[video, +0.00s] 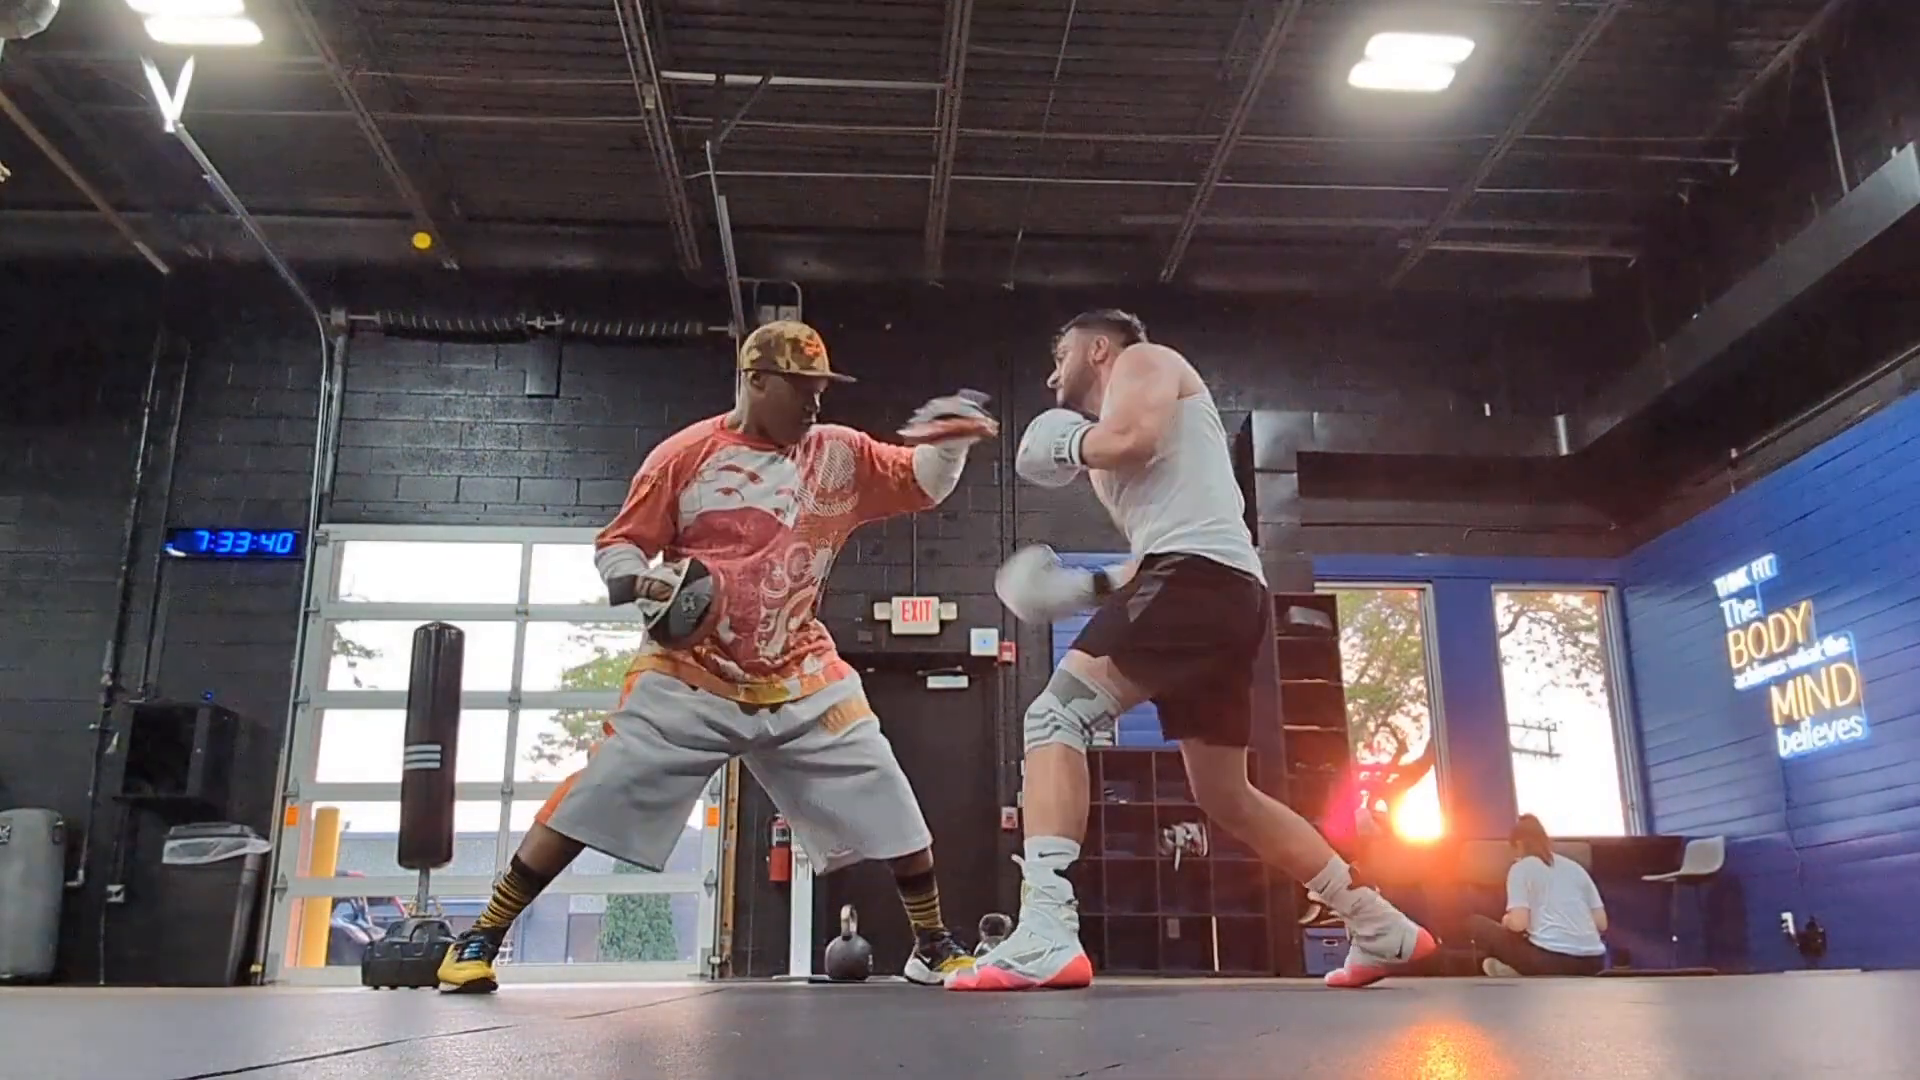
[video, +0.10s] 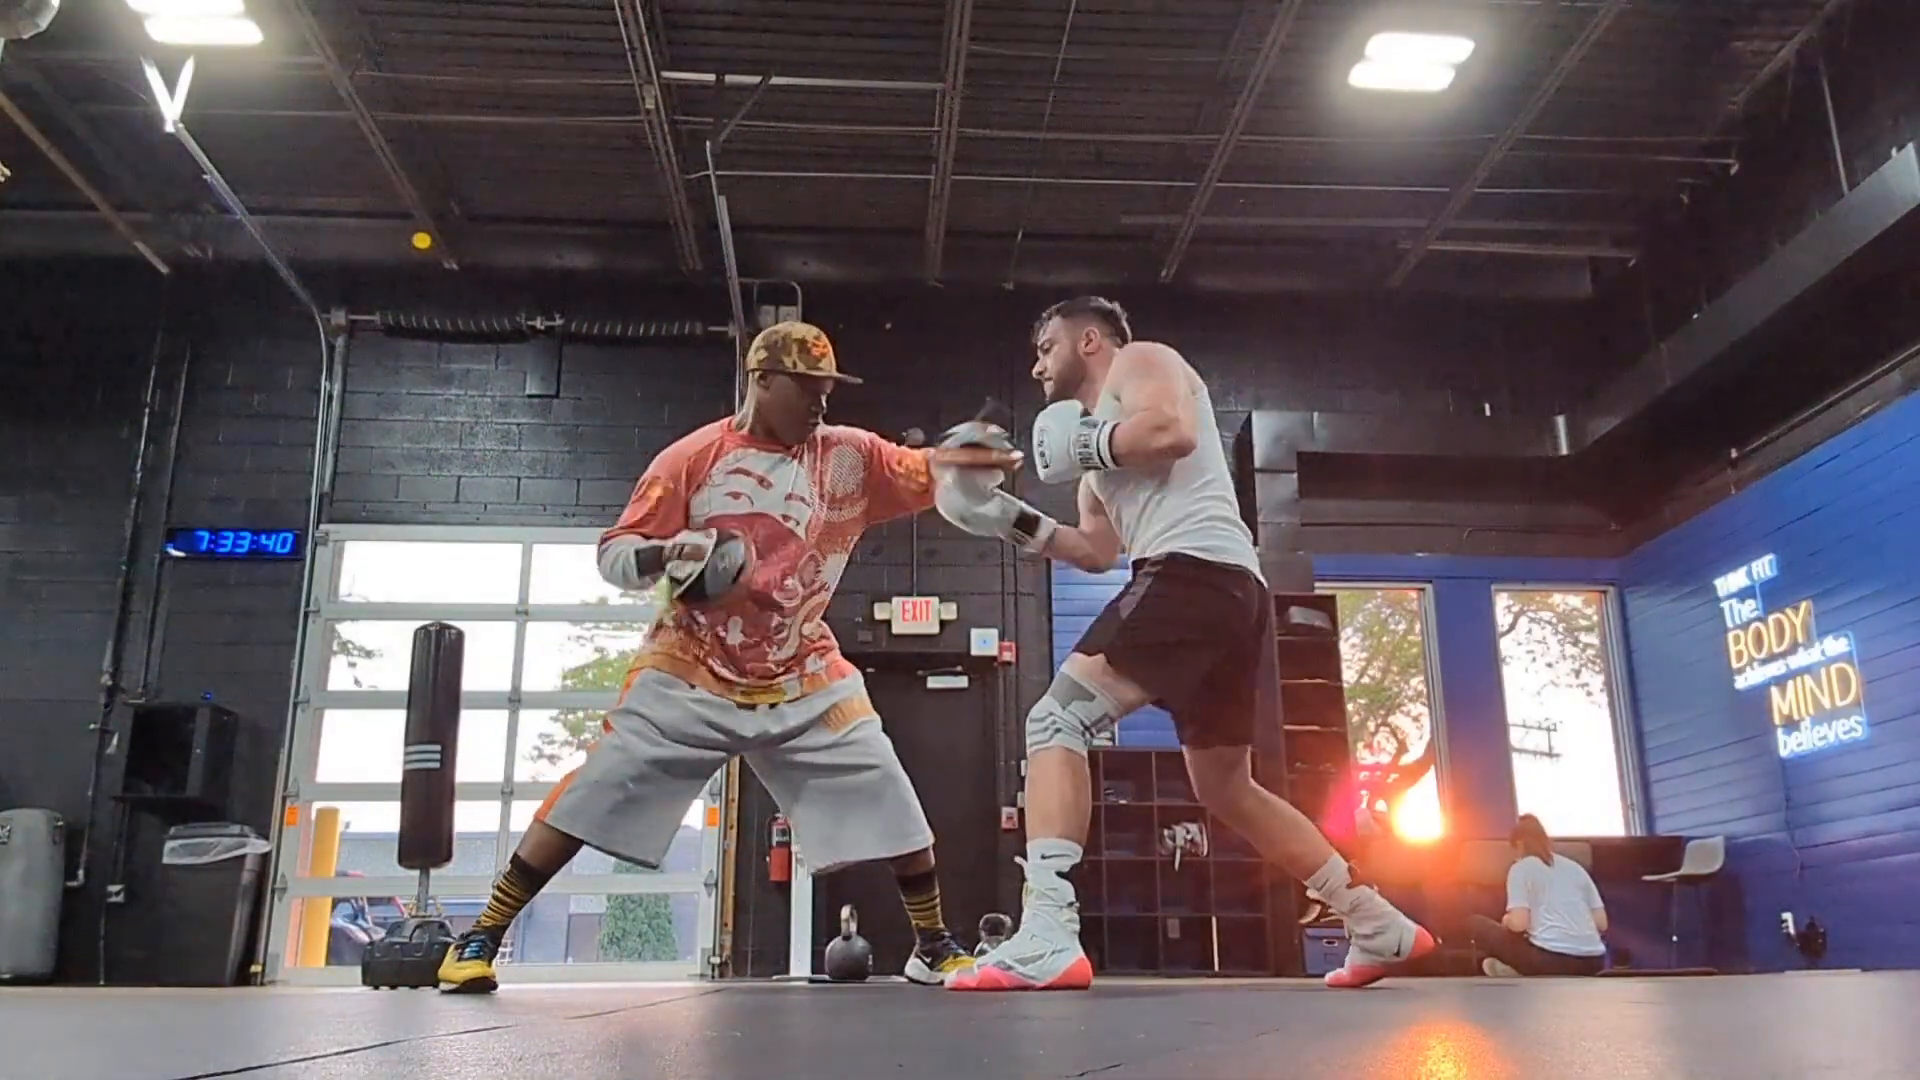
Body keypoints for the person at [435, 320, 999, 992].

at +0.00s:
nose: (813, 399)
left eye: (818, 387)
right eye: (800, 384)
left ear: (821, 388)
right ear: (755, 379)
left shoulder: (839, 452)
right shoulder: (688, 454)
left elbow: (922, 485)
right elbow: (619, 544)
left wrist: (945, 442)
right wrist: (640, 581)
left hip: (800, 666)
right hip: (687, 667)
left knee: (888, 786)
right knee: (594, 792)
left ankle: (935, 950)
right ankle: (482, 941)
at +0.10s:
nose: (821, 401)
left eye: (826, 388)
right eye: (810, 385)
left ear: (822, 390)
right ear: (762, 379)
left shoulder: (850, 453)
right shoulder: (693, 459)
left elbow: (926, 471)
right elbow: (616, 554)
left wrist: (966, 454)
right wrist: (672, 557)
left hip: (806, 661)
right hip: (689, 661)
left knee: (886, 780)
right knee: (601, 781)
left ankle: (935, 945)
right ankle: (482, 937)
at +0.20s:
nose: (816, 392)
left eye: (821, 380)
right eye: (804, 376)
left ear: (819, 383)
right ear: (757, 373)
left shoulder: (838, 451)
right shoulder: (695, 451)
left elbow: (913, 486)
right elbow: (601, 519)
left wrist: (895, 511)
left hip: (816, 659)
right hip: (703, 656)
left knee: (896, 775)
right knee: (604, 785)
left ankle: (934, 943)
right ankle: (477, 941)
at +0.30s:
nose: (827, 382)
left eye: (829, 370)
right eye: (815, 366)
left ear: (809, 374)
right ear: (767, 366)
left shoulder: (831, 463)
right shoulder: (711, 435)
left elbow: (857, 553)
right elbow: (699, 463)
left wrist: (855, 582)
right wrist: (734, 354)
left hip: (821, 655)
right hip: (715, 650)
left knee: (904, 775)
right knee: (617, 784)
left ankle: (934, 942)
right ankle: (487, 936)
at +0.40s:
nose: (830, 387)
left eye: (832, 376)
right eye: (817, 369)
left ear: (805, 375)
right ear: (767, 365)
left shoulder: (797, 449)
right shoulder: (723, 423)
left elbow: (791, 530)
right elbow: (798, 464)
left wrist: (831, 550)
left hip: (811, 651)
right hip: (715, 648)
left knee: (890, 763)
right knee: (619, 788)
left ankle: (933, 942)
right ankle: (489, 932)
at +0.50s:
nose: (813, 377)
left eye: (815, 365)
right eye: (800, 360)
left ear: (777, 370)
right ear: (752, 359)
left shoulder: (782, 452)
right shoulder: (704, 415)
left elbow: (800, 559)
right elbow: (739, 483)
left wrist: (861, 517)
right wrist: (845, 453)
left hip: (796, 648)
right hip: (704, 643)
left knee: (873, 773)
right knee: (607, 785)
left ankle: (929, 944)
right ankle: (484, 937)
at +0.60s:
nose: (786, 368)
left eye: (790, 358)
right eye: (773, 352)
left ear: (780, 370)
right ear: (723, 353)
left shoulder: (782, 445)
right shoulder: (665, 425)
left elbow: (850, 522)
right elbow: (660, 529)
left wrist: (943, 477)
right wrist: (762, 491)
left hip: (778, 648)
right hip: (677, 643)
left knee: (855, 774)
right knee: (592, 783)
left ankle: (916, 939)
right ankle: (476, 937)